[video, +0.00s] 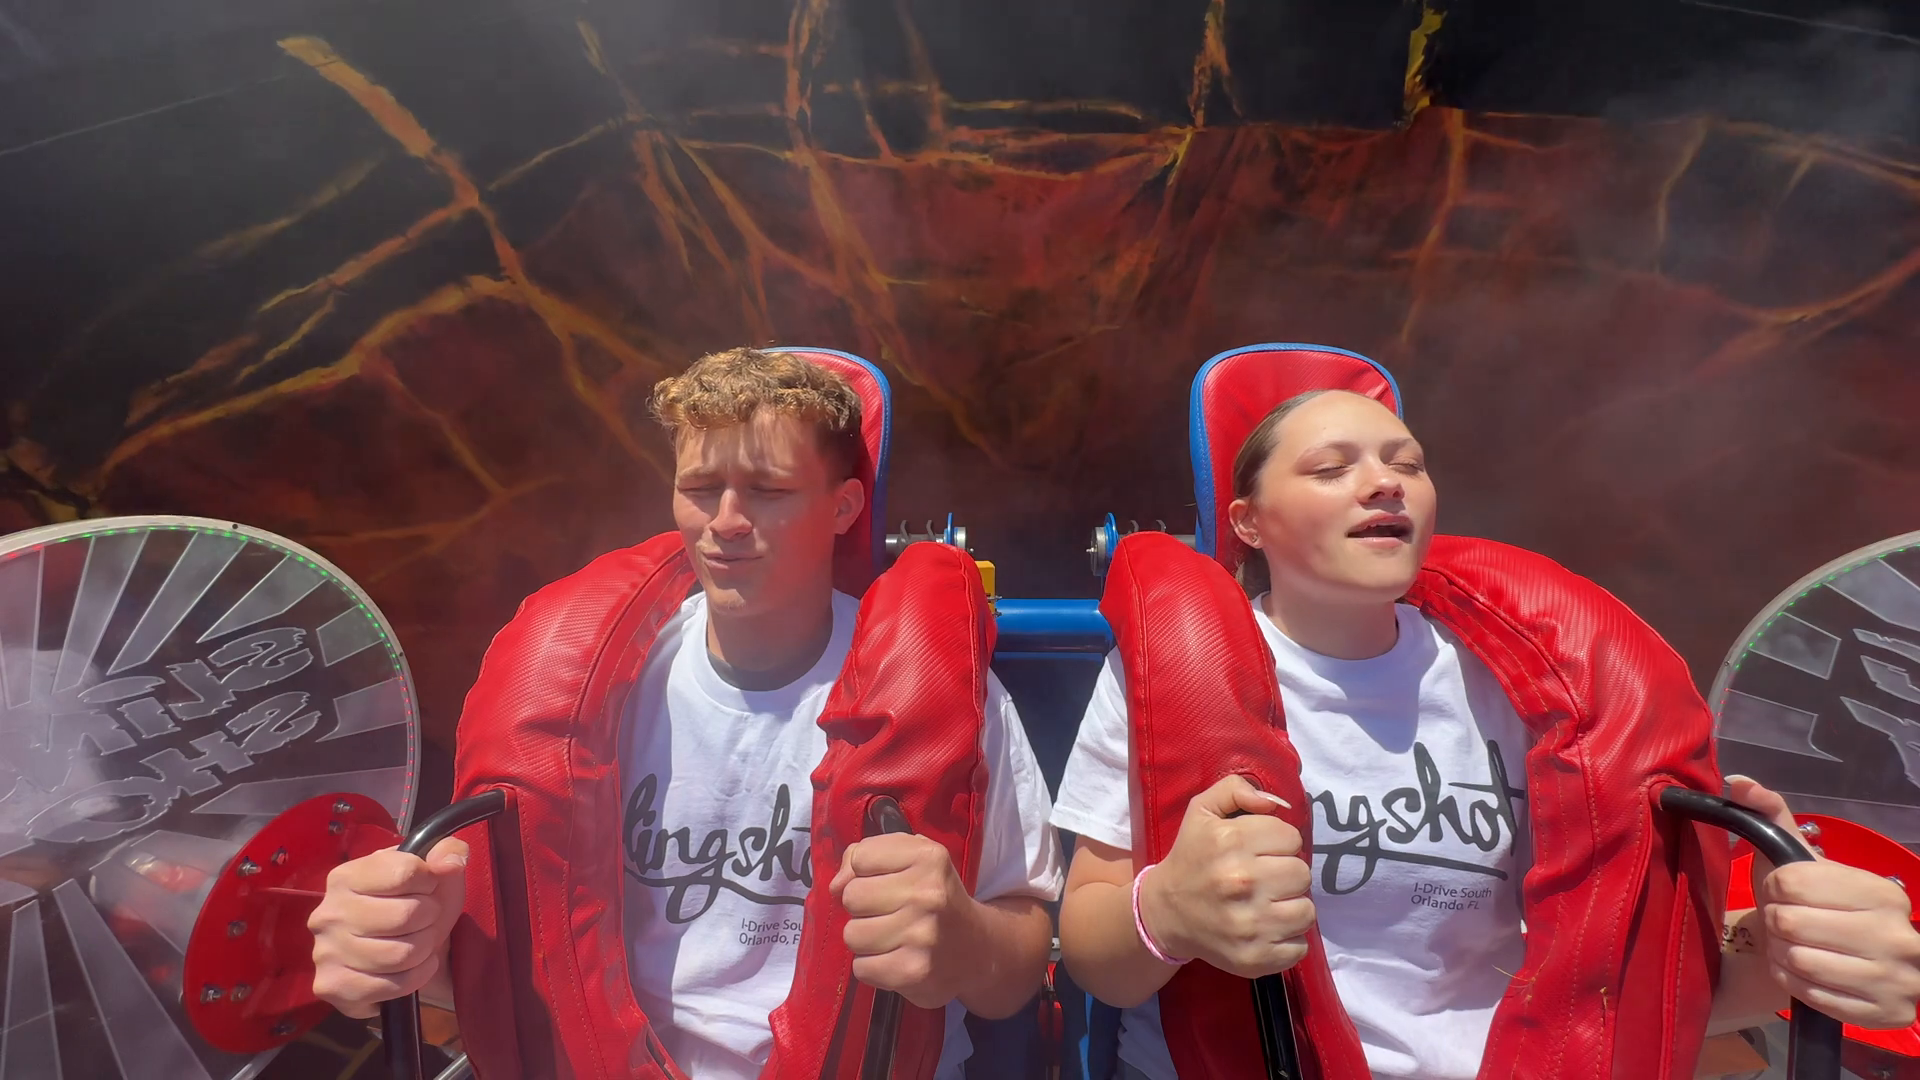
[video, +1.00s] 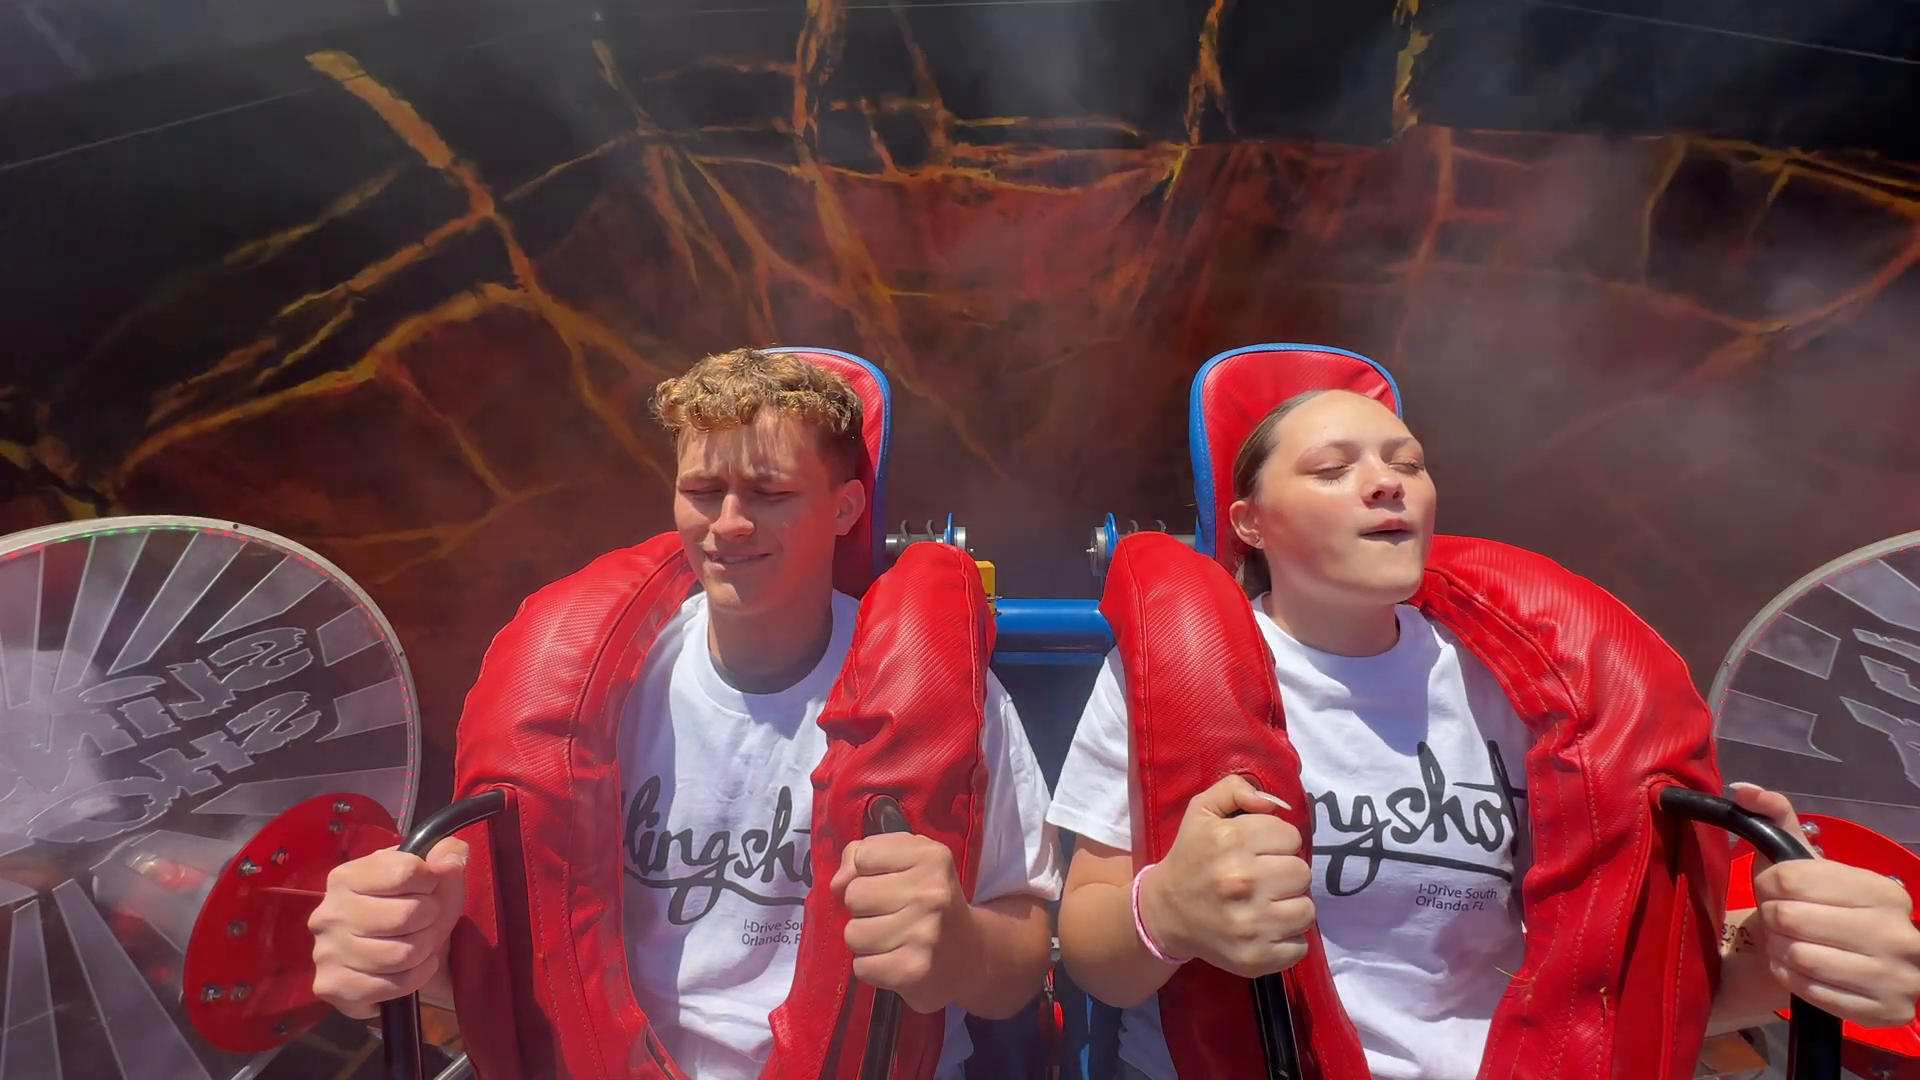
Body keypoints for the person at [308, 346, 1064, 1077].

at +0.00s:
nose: (727, 522)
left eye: (766, 490)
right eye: (704, 488)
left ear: (846, 507)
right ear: (674, 493)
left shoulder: (935, 690)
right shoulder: (583, 673)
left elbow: (1025, 962)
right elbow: (505, 932)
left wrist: (969, 945)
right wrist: (410, 944)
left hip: (831, 1062)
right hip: (612, 1057)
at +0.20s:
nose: (727, 521)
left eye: (767, 490)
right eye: (703, 488)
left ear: (846, 505)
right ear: (675, 492)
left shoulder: (935, 688)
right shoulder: (583, 674)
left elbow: (1024, 963)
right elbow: (507, 938)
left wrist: (970, 945)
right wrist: (405, 943)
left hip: (835, 1063)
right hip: (614, 1058)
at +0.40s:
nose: (727, 522)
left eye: (766, 491)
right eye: (703, 488)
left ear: (846, 504)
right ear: (674, 492)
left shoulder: (934, 687)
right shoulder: (583, 674)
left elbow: (1025, 960)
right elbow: (505, 937)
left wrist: (966, 946)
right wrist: (404, 943)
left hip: (837, 1063)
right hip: (614, 1058)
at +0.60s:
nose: (727, 523)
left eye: (767, 492)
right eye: (703, 489)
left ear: (846, 505)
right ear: (674, 491)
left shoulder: (934, 689)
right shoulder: (583, 671)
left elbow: (1027, 953)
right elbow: (507, 956)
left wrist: (958, 950)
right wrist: (417, 949)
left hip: (831, 1067)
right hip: (611, 1061)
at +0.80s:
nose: (727, 524)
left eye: (767, 493)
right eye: (703, 490)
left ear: (846, 506)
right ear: (674, 492)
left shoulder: (935, 690)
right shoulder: (584, 671)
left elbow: (1028, 956)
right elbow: (507, 944)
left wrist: (961, 949)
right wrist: (414, 948)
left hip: (831, 1063)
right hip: (613, 1057)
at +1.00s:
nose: (729, 524)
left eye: (768, 493)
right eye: (705, 490)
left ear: (847, 507)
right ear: (675, 492)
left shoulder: (936, 690)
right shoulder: (581, 669)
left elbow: (1026, 958)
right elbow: (505, 938)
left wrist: (961, 949)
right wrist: (410, 945)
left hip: (832, 1063)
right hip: (611, 1058)